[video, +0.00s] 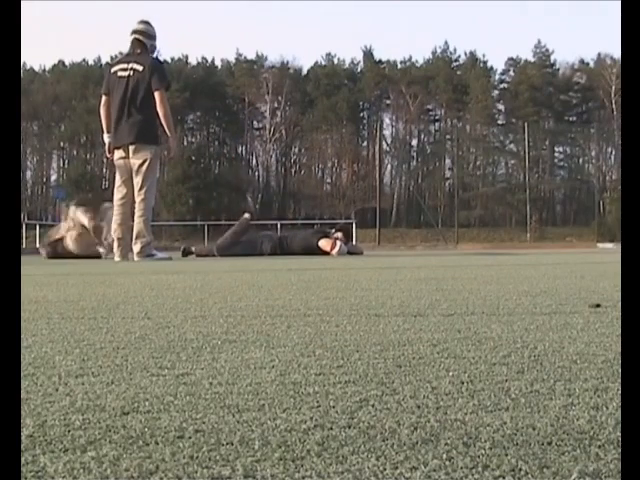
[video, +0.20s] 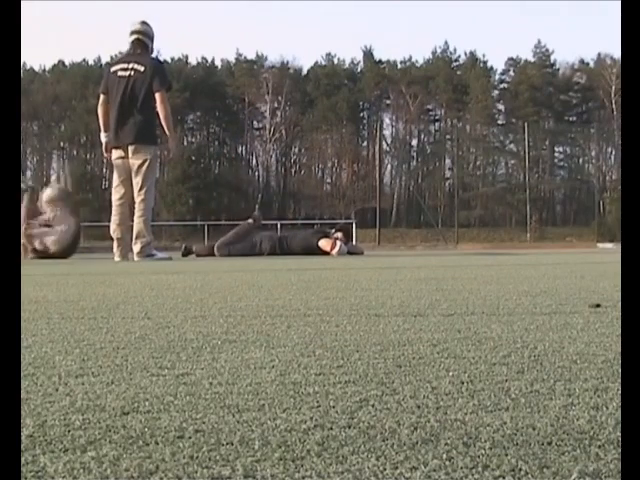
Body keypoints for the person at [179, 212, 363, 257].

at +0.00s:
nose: (338, 243)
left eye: (340, 241)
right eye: (339, 241)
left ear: (338, 238)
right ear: (335, 237)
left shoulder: (326, 239)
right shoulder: (321, 237)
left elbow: (354, 249)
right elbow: (329, 248)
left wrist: (344, 246)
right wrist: (337, 247)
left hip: (272, 245)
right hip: (270, 243)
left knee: (228, 251)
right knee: (220, 248)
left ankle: (193, 251)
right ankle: (245, 218)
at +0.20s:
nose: (338, 242)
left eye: (341, 241)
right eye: (340, 240)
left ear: (338, 238)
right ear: (335, 236)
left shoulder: (327, 239)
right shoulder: (321, 237)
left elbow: (358, 250)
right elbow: (331, 248)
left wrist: (344, 245)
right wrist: (338, 246)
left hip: (269, 243)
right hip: (265, 241)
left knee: (227, 250)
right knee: (220, 250)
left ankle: (192, 250)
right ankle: (251, 221)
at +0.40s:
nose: (338, 243)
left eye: (341, 241)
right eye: (339, 240)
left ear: (338, 239)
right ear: (335, 237)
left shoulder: (327, 240)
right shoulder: (321, 238)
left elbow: (358, 250)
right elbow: (333, 249)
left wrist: (344, 245)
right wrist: (341, 247)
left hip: (270, 243)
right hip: (266, 242)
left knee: (228, 250)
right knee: (220, 249)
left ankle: (194, 249)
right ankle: (246, 222)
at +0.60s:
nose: (339, 240)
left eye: (342, 239)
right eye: (340, 238)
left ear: (339, 239)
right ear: (335, 235)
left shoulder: (328, 241)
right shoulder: (321, 236)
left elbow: (358, 250)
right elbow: (334, 249)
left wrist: (344, 245)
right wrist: (352, 248)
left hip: (271, 241)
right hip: (267, 242)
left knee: (231, 245)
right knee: (220, 250)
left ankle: (195, 243)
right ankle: (239, 223)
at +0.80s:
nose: (342, 242)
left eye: (345, 241)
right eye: (342, 238)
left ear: (345, 241)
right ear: (337, 233)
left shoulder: (329, 242)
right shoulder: (313, 234)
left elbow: (359, 251)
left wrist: (344, 249)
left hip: (271, 247)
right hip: (266, 242)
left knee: (231, 245)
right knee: (221, 250)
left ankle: (199, 239)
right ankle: (236, 218)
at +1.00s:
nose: (340, 239)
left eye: (343, 239)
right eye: (339, 236)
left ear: (342, 242)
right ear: (334, 233)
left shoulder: (325, 243)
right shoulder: (318, 235)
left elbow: (357, 250)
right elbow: (283, 226)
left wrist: (350, 249)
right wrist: (291, 247)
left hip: (271, 244)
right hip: (266, 241)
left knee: (233, 244)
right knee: (220, 250)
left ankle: (199, 235)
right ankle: (236, 217)